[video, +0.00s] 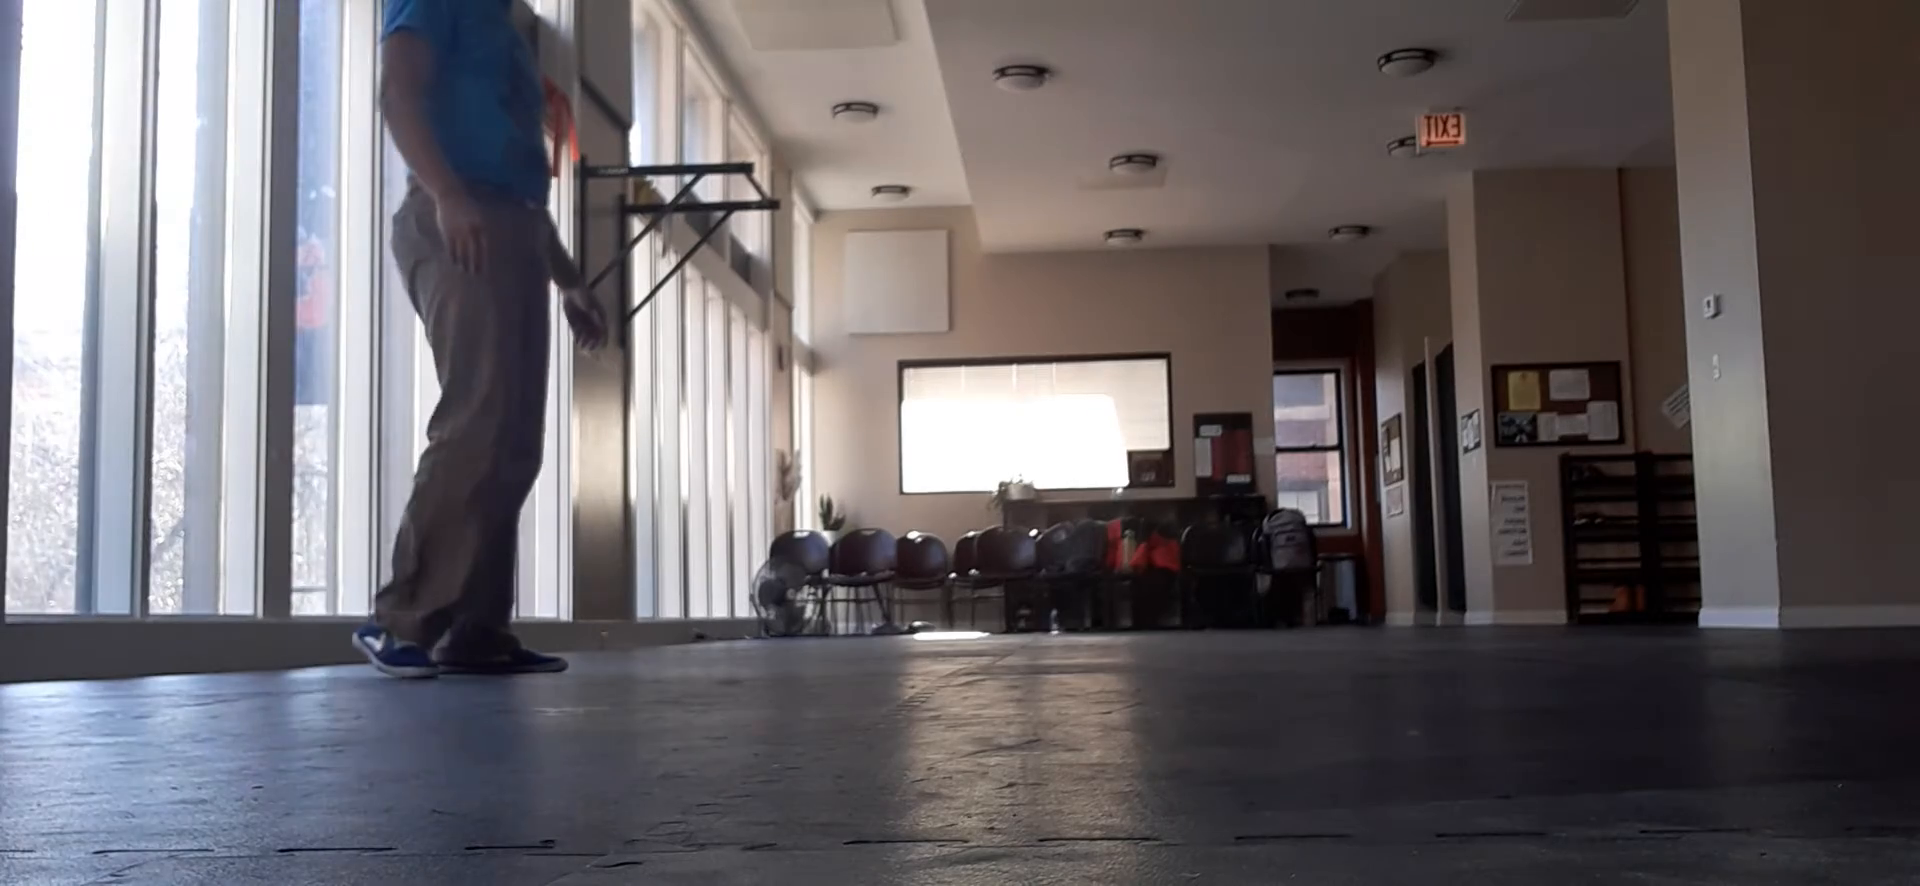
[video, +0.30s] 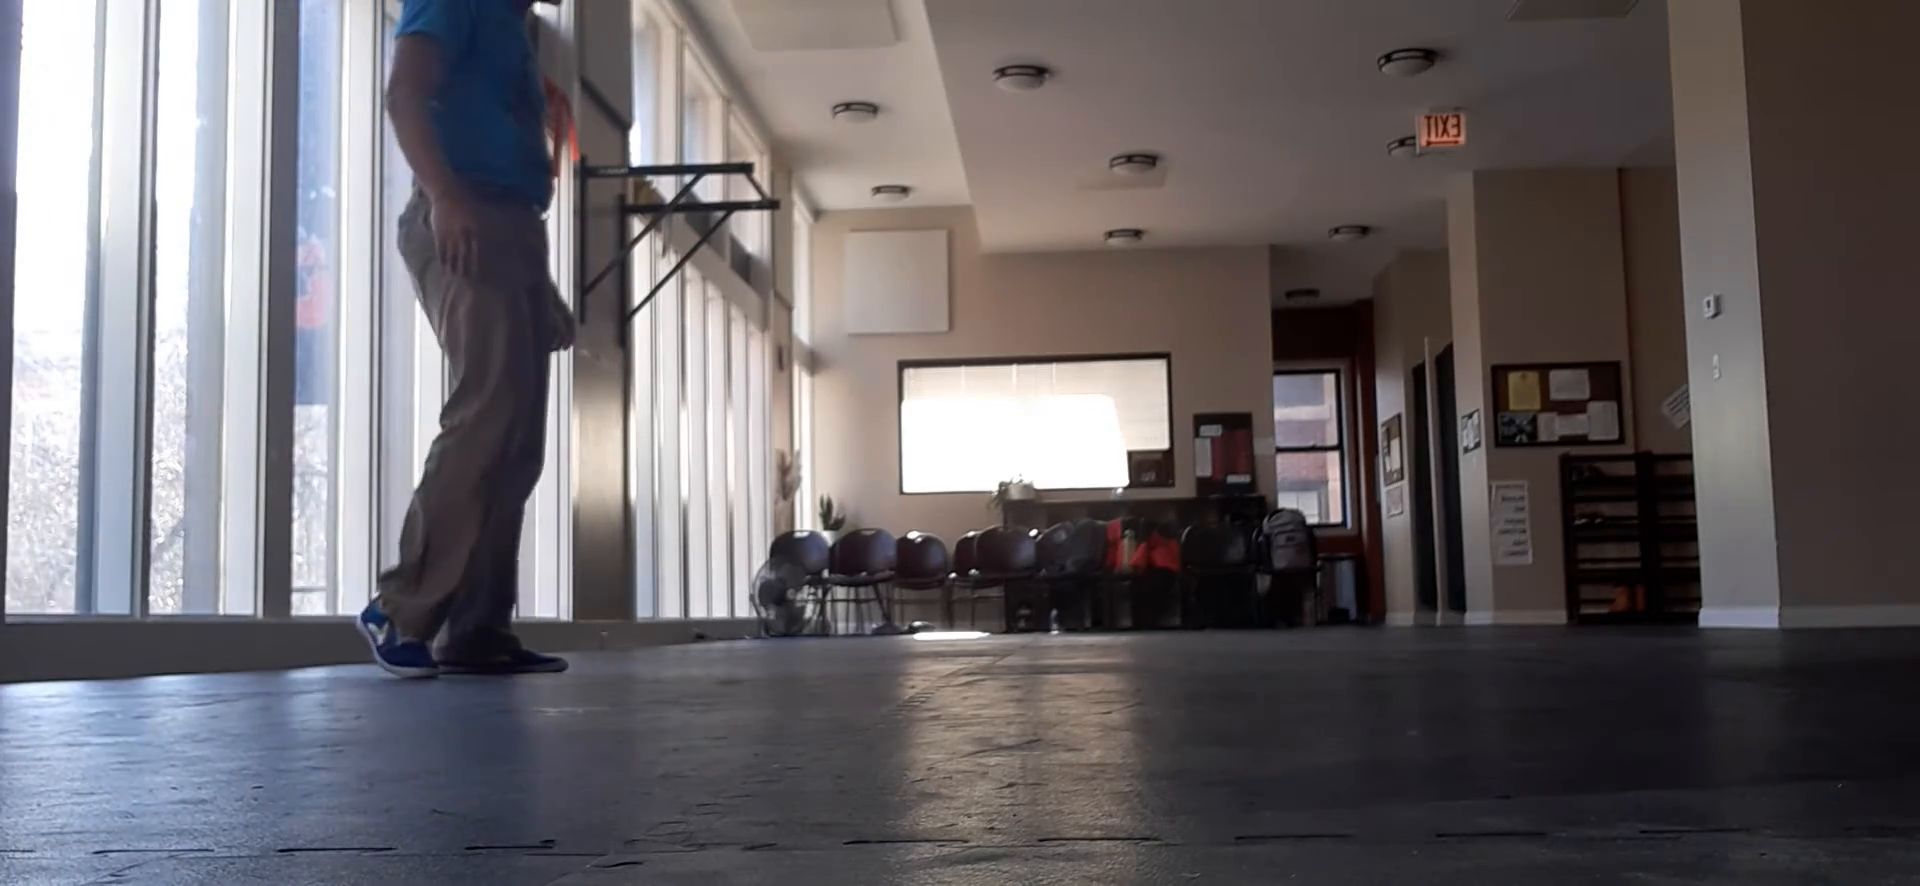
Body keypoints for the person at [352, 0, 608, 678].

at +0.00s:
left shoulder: (513, 37)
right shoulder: (434, 5)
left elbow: (521, 182)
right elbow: (398, 96)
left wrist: (569, 280)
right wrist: (448, 195)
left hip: (517, 227)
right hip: (464, 220)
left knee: (515, 438)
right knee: (476, 422)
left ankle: (477, 636)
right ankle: (401, 621)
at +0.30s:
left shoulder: (513, 24)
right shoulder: (454, 5)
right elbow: (404, 95)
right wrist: (445, 198)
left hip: (514, 221)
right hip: (467, 214)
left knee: (516, 437)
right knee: (487, 414)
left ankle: (477, 634)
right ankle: (402, 610)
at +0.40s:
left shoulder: (513, 24)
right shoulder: (457, 5)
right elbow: (403, 92)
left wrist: (545, 102)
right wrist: (443, 192)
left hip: (511, 220)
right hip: (463, 211)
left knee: (514, 428)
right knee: (493, 402)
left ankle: (477, 631)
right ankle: (401, 607)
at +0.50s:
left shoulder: (511, 24)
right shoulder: (457, 5)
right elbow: (402, 90)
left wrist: (542, 99)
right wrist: (442, 189)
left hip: (507, 219)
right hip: (460, 213)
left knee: (507, 428)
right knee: (486, 405)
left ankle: (475, 631)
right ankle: (393, 605)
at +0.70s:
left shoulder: (500, 34)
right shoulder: (447, 6)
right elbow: (399, 88)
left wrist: (523, 286)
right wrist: (446, 188)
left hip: (497, 230)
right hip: (451, 221)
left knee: (496, 445)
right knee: (472, 419)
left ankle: (474, 639)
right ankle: (358, 593)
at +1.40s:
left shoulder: (418, 26)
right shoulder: (327, 12)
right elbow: (278, 116)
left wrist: (535, 84)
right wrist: (301, 226)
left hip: (419, 240)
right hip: (339, 235)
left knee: (455, 449)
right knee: (323, 449)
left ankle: (469, 634)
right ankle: (318, 639)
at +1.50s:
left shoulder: (411, 29)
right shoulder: (316, 32)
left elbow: (413, 114)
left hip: (415, 241)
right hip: (331, 243)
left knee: (447, 450)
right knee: (314, 453)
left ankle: (464, 630)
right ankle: (318, 639)